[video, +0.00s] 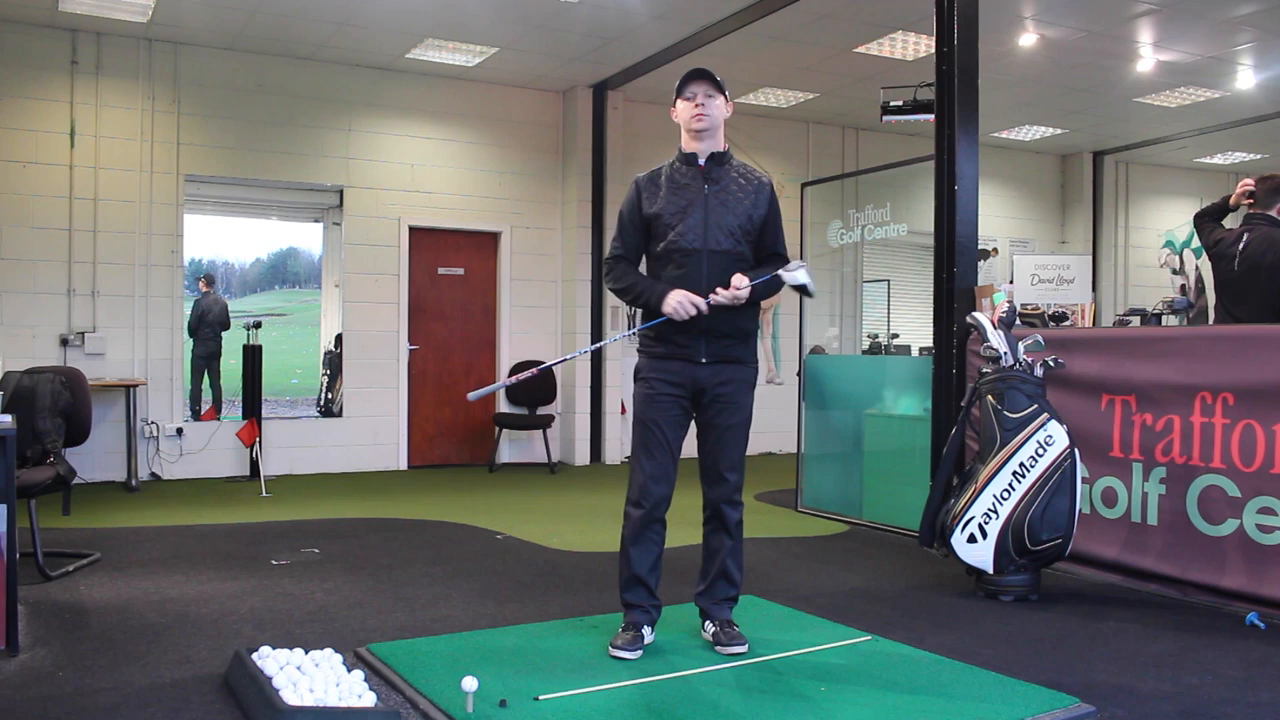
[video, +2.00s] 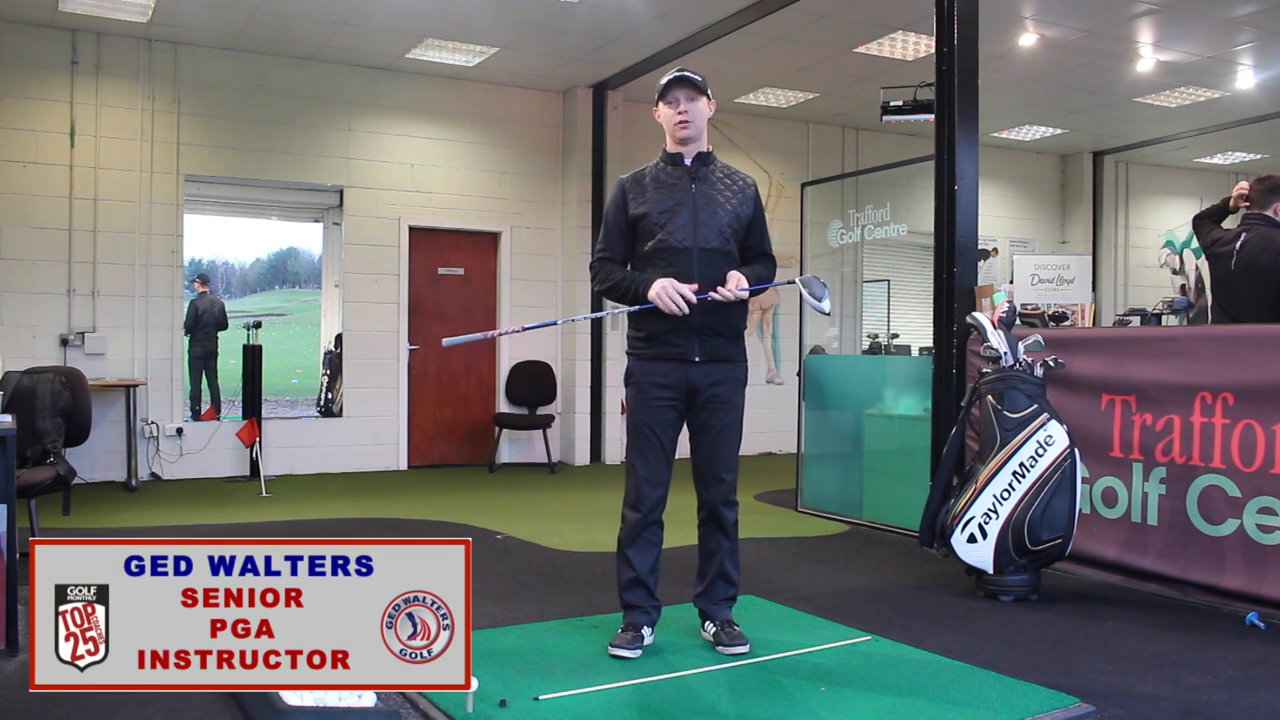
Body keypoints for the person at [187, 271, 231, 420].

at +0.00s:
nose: (199, 284)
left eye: (200, 282)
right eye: (200, 282)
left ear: (204, 284)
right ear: (212, 285)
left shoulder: (199, 302)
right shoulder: (222, 302)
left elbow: (192, 324)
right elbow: (226, 325)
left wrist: (192, 334)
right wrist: (215, 327)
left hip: (201, 344)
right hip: (216, 344)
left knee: (196, 382)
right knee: (215, 382)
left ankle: (195, 414)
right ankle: (217, 413)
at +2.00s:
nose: (194, 286)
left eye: (195, 284)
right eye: (194, 283)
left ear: (199, 285)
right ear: (207, 285)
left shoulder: (195, 303)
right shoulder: (218, 302)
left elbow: (189, 325)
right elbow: (224, 325)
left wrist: (187, 330)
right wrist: (211, 326)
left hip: (197, 345)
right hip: (212, 344)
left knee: (195, 382)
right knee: (213, 381)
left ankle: (196, 414)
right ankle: (216, 412)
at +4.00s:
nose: (194, 286)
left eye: (195, 283)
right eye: (194, 283)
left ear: (198, 284)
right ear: (207, 284)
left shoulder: (195, 302)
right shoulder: (218, 302)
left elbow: (188, 326)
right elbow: (222, 325)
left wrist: (186, 325)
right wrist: (210, 324)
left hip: (197, 345)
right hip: (212, 345)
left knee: (196, 382)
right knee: (213, 381)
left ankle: (196, 414)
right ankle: (216, 412)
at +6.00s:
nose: (191, 287)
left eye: (192, 285)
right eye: (191, 285)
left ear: (196, 285)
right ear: (205, 285)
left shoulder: (194, 302)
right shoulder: (216, 301)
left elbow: (189, 325)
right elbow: (221, 324)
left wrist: (188, 329)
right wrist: (209, 325)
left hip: (197, 345)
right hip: (212, 344)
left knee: (194, 383)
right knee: (213, 381)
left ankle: (195, 415)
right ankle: (216, 412)